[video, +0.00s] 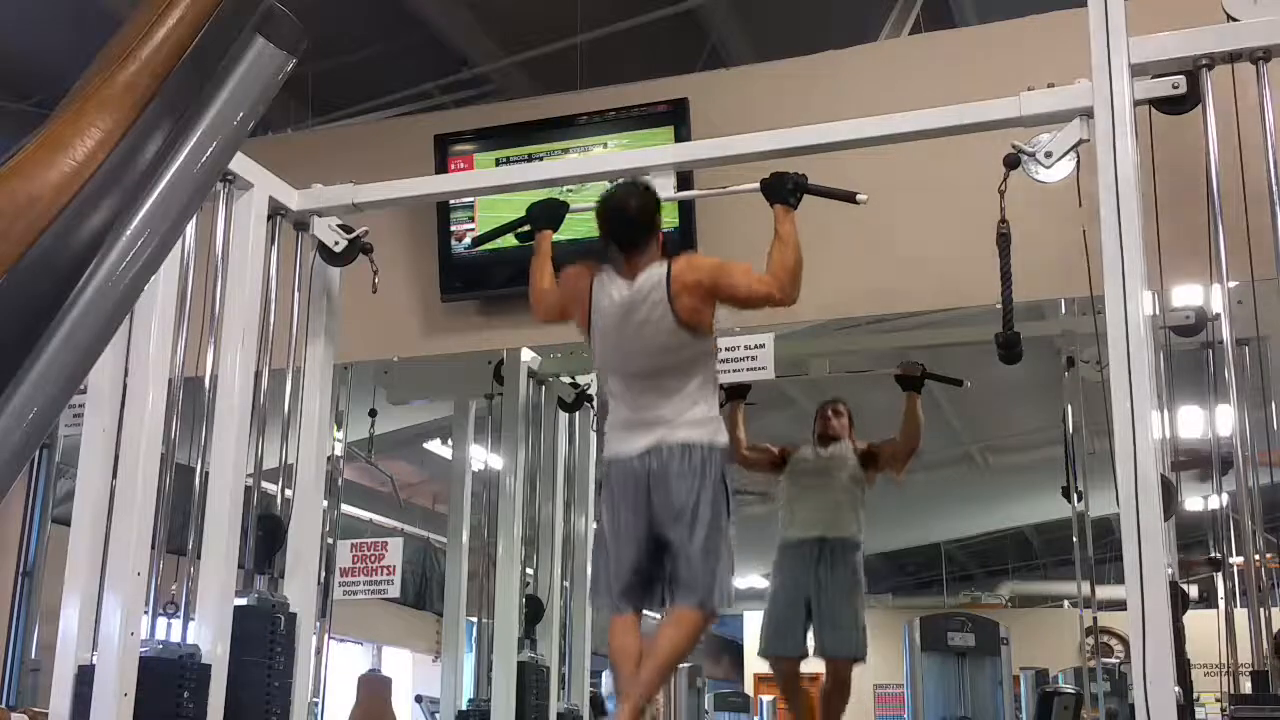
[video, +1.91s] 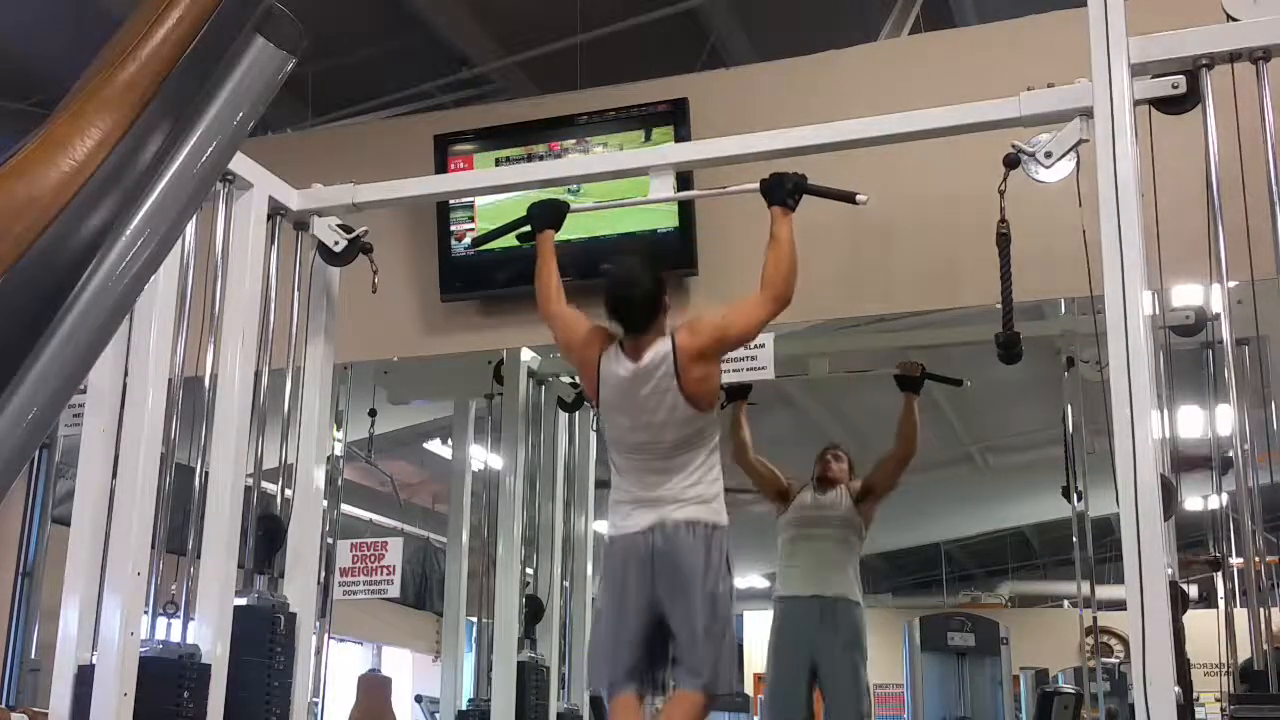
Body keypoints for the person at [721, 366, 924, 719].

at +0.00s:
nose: (828, 418)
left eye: (836, 414)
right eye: (822, 415)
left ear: (850, 426)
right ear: (813, 427)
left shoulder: (861, 454)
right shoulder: (793, 456)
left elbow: (906, 445)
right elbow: (741, 453)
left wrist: (912, 393)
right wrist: (735, 401)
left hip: (842, 556)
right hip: (792, 556)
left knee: (840, 663)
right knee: (781, 660)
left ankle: (829, 717)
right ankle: (806, 715)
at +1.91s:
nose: (829, 461)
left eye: (837, 459)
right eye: (823, 458)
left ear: (849, 472)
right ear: (813, 470)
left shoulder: (861, 497)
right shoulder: (789, 495)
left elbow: (903, 453)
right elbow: (744, 456)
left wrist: (910, 395)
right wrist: (738, 403)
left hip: (842, 609)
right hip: (790, 608)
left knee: (848, 707)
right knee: (784, 706)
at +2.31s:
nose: (827, 416)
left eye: (835, 412)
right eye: (821, 413)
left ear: (848, 425)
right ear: (813, 425)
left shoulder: (860, 454)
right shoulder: (792, 456)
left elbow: (908, 447)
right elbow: (739, 455)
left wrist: (912, 394)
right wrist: (736, 404)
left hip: (841, 558)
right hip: (791, 557)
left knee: (845, 663)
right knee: (781, 659)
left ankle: (834, 716)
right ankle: (811, 715)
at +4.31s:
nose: (824, 464)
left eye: (833, 462)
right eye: (819, 462)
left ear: (846, 475)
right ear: (811, 473)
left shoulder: (857, 499)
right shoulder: (789, 497)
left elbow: (901, 453)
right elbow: (745, 460)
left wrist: (909, 396)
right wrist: (736, 403)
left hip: (839, 614)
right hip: (789, 613)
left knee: (846, 709)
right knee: (784, 709)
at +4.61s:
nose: (827, 421)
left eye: (835, 418)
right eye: (820, 418)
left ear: (848, 432)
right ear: (811, 431)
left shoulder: (859, 460)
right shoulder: (790, 460)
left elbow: (909, 447)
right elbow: (737, 455)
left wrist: (911, 393)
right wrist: (736, 401)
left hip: (841, 565)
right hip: (791, 563)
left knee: (846, 676)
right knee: (780, 668)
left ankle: (832, 719)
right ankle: (807, 717)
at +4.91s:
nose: (821, 379)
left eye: (829, 374)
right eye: (815, 374)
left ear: (844, 382)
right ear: (806, 380)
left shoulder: (861, 409)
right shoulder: (786, 410)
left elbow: (907, 444)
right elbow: (747, 451)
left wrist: (912, 393)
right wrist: (736, 404)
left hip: (844, 511)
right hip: (795, 511)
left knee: (848, 616)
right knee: (794, 615)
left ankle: (837, 709)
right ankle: (837, 706)